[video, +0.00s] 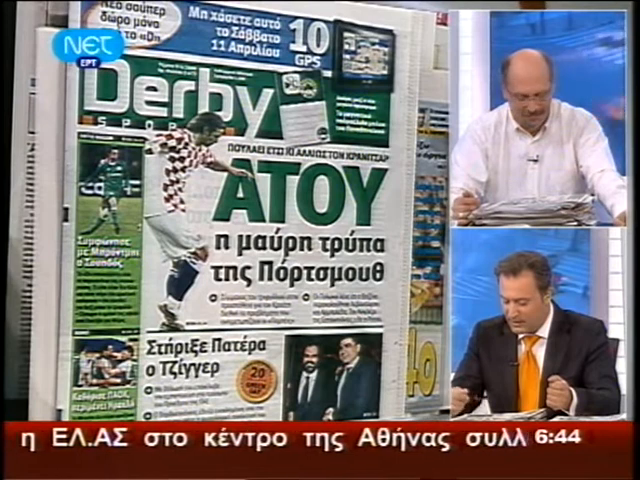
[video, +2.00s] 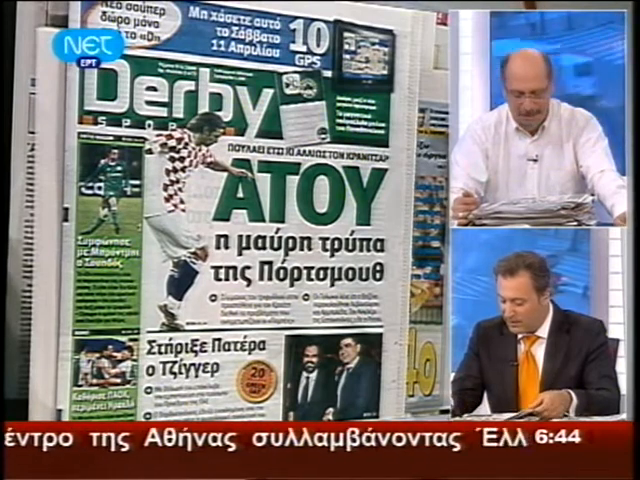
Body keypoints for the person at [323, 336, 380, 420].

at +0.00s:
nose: (343, 351)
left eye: (347, 346)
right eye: (341, 348)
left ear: (358, 348)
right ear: (339, 351)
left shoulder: (367, 368)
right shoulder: (341, 371)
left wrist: (335, 416)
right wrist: (332, 410)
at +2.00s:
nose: (343, 351)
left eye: (347, 346)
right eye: (341, 348)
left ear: (358, 348)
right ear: (339, 351)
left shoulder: (367, 368)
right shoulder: (341, 371)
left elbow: (361, 408)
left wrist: (335, 416)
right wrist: (331, 410)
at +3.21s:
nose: (343, 351)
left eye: (347, 346)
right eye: (341, 348)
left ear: (358, 348)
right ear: (339, 351)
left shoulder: (367, 368)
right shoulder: (341, 371)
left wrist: (336, 416)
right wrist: (331, 410)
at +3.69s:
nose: (343, 351)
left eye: (347, 346)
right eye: (341, 348)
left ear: (358, 348)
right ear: (339, 351)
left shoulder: (367, 367)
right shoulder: (341, 371)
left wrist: (335, 416)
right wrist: (331, 410)